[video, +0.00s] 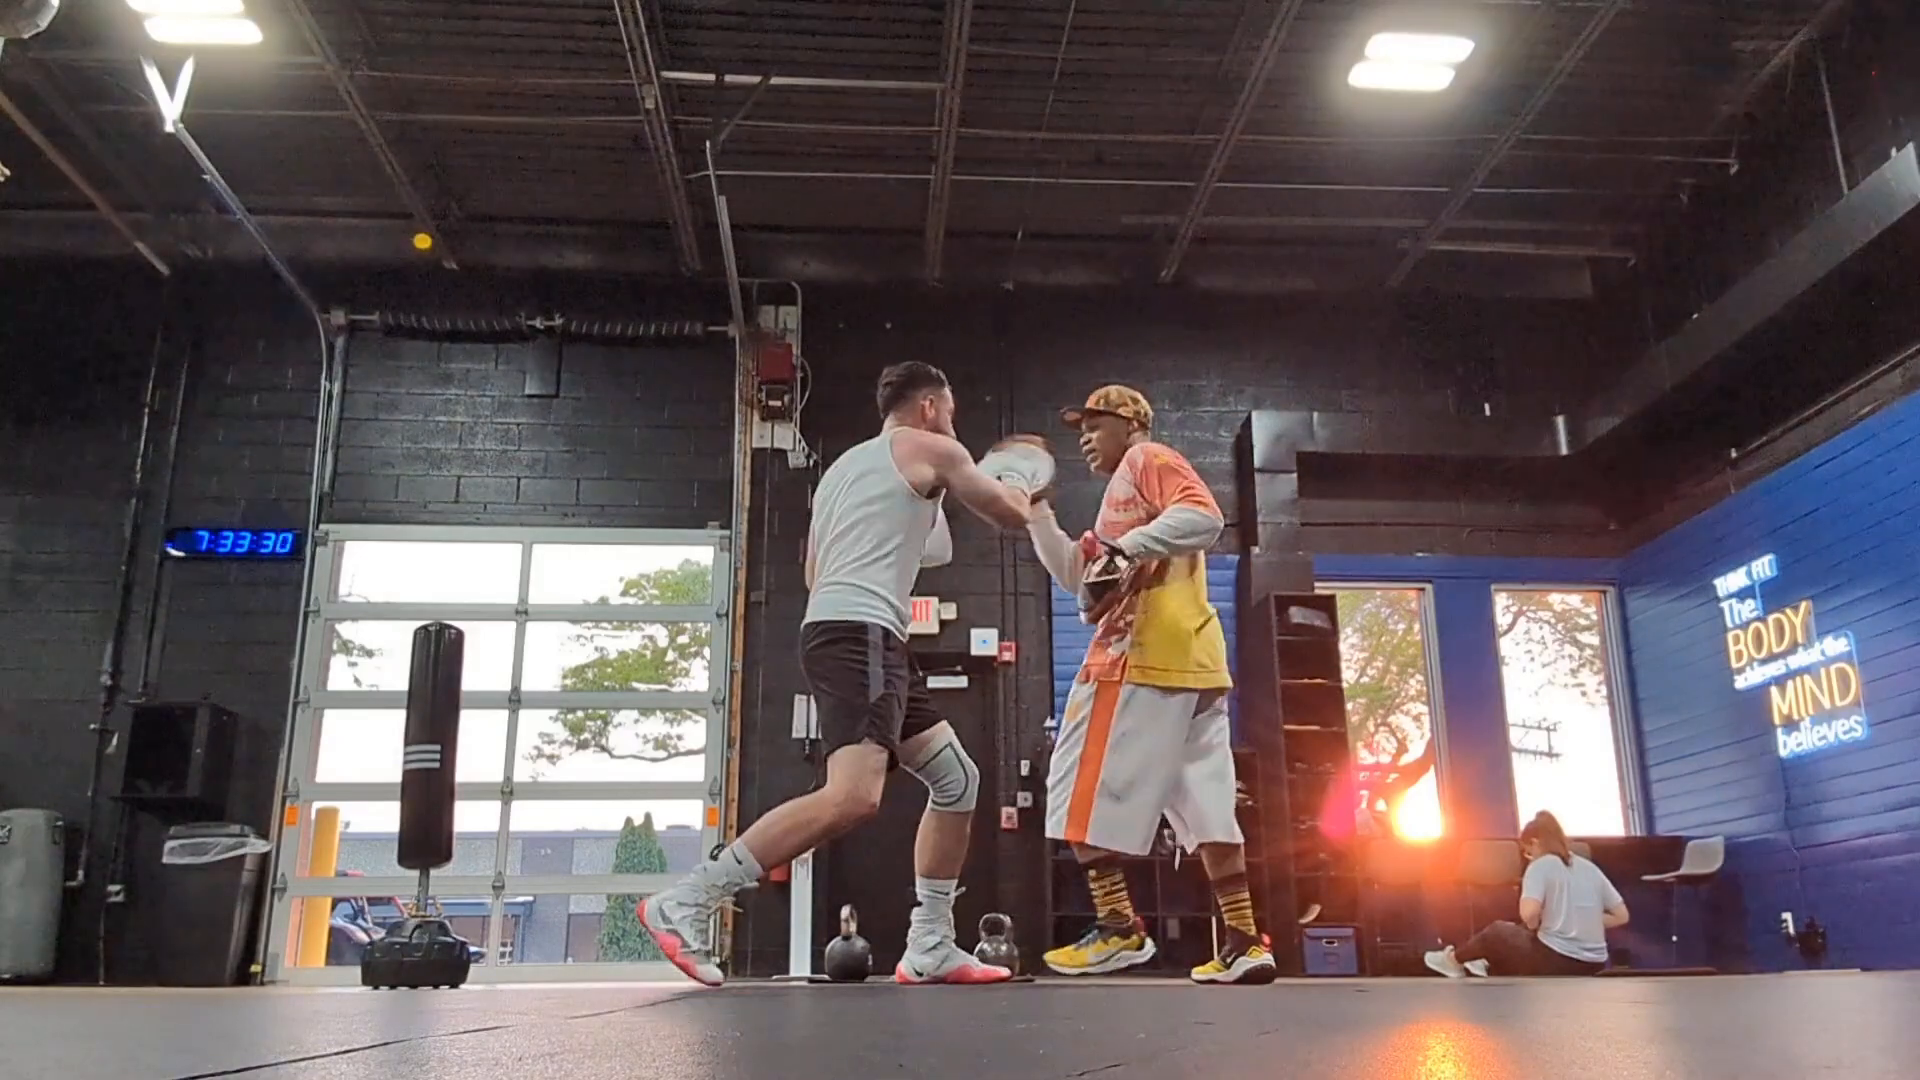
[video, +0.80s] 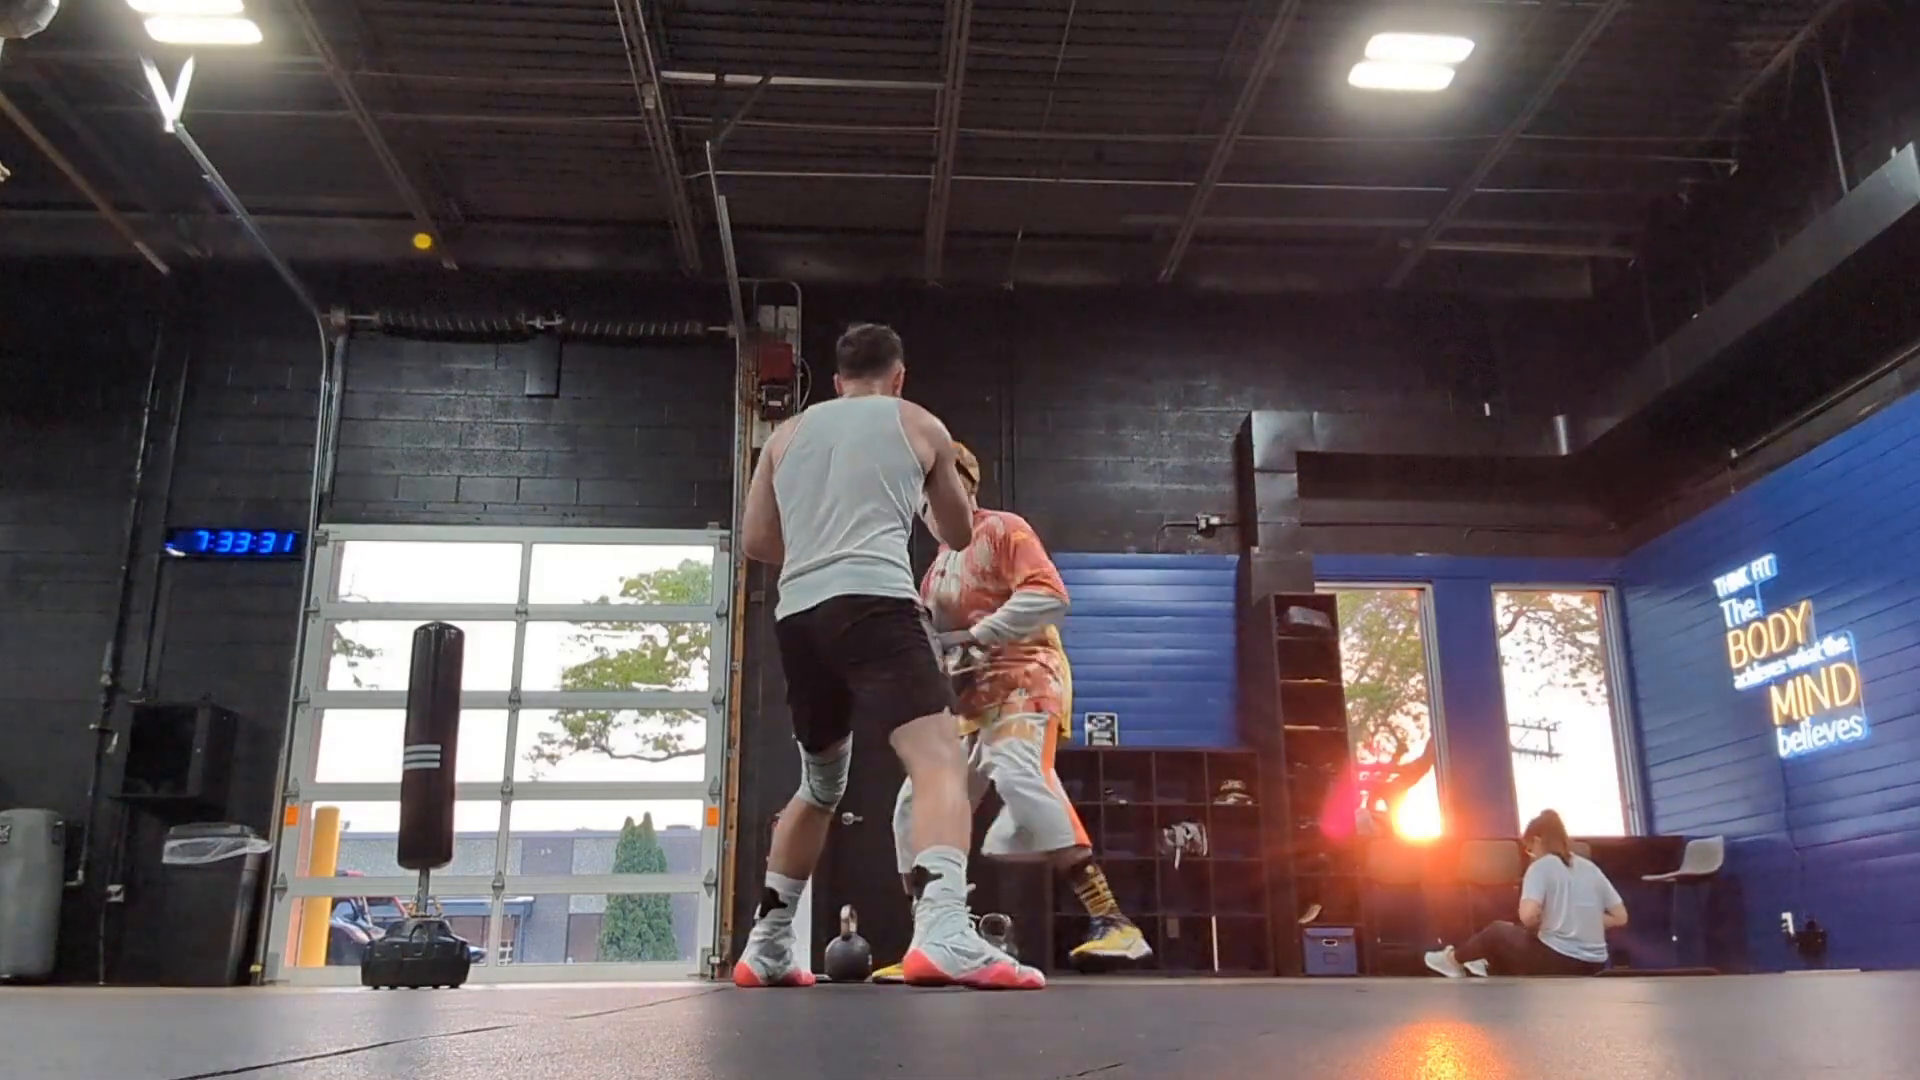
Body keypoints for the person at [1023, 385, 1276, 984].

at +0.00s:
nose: (1083, 438)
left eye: (1093, 426)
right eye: (1082, 430)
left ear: (1129, 424)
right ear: (1115, 433)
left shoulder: (1149, 457)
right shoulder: (1121, 496)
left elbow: (1202, 515)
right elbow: (1076, 572)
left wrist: (1122, 549)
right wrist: (1038, 510)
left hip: (1135, 657)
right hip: (1194, 657)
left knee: (1074, 788)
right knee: (1207, 797)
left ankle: (1119, 930)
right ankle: (1244, 942)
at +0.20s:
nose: (1041, 453)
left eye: (1051, 442)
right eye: (1037, 445)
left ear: (1085, 440)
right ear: (1041, 452)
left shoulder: (1114, 480)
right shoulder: (1066, 514)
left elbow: (1167, 535)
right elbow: (1044, 604)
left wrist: (1106, 492)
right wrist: (1002, 571)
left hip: (1093, 666)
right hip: (1112, 667)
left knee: (1046, 793)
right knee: (1154, 795)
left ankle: (1063, 944)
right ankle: (1228, 920)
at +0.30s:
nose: (1018, 453)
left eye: (1027, 442)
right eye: (1016, 444)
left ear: (1059, 443)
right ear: (1037, 451)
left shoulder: (1079, 482)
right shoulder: (1044, 507)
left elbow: (1090, 541)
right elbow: (1037, 614)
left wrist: (1039, 495)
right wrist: (988, 591)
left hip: (1069, 651)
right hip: (1072, 654)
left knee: (1030, 798)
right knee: (1091, 797)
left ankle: (1062, 947)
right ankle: (1172, 892)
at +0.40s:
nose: (994, 453)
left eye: (1004, 442)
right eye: (990, 445)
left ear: (1038, 447)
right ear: (993, 456)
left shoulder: (1058, 488)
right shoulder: (1019, 518)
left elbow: (1081, 546)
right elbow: (1000, 617)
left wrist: (1015, 504)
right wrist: (959, 569)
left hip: (1053, 675)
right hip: (1025, 678)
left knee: (1022, 811)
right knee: (1018, 806)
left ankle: (1060, 948)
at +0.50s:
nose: (972, 460)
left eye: (982, 449)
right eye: (967, 453)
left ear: (1015, 451)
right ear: (967, 465)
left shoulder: (1048, 493)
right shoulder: (980, 528)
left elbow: (1073, 544)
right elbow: (953, 616)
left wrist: (994, 523)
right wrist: (937, 549)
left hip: (1044, 682)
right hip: (993, 685)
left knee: (1011, 807)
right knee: (965, 806)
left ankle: (1057, 942)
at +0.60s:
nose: (965, 475)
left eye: (976, 464)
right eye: (957, 467)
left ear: (1002, 471)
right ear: (947, 480)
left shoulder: (1032, 513)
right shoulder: (947, 550)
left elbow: (1025, 559)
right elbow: (931, 633)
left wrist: (947, 568)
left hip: (1036, 688)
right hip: (975, 700)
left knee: (990, 787)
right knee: (936, 810)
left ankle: (1049, 928)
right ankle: (933, 949)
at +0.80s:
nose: (938, 494)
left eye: (948, 479)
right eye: (932, 484)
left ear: (969, 482)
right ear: (923, 496)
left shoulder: (1004, 529)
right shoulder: (936, 569)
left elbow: (1047, 596)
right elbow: (930, 635)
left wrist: (974, 639)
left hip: (1025, 678)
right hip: (968, 694)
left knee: (1018, 773)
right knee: (913, 805)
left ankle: (1111, 923)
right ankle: (935, 939)